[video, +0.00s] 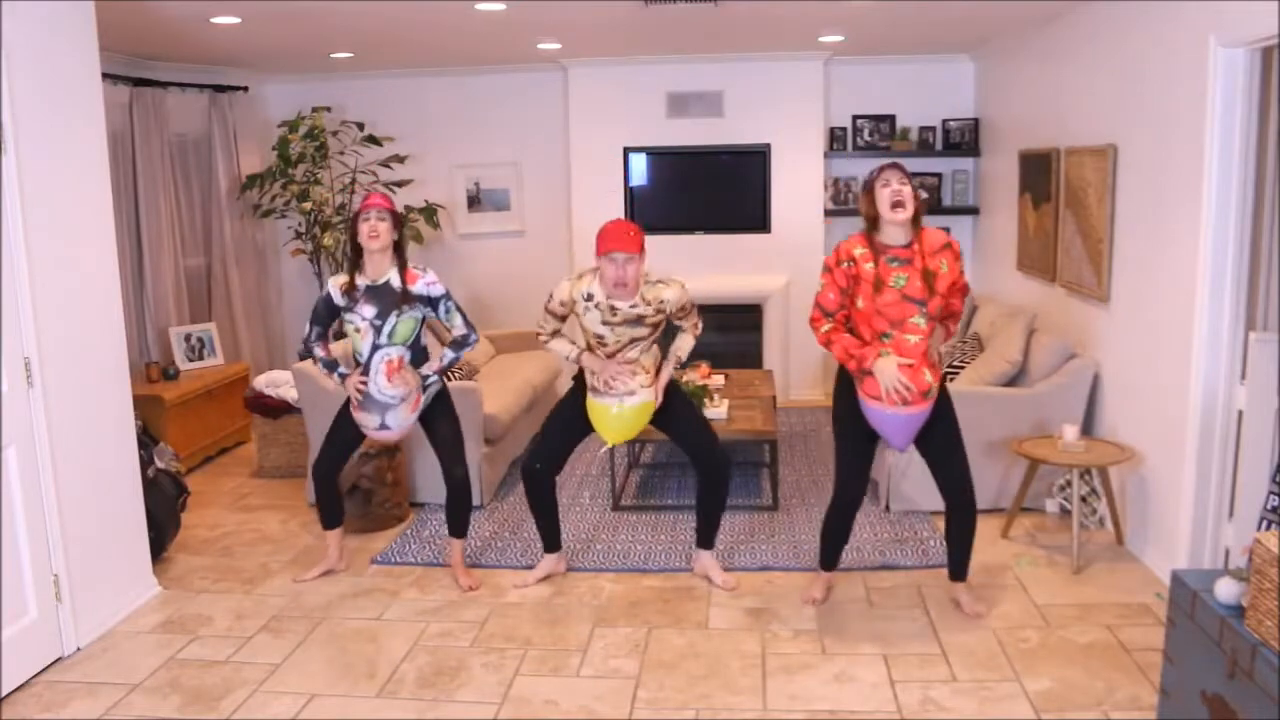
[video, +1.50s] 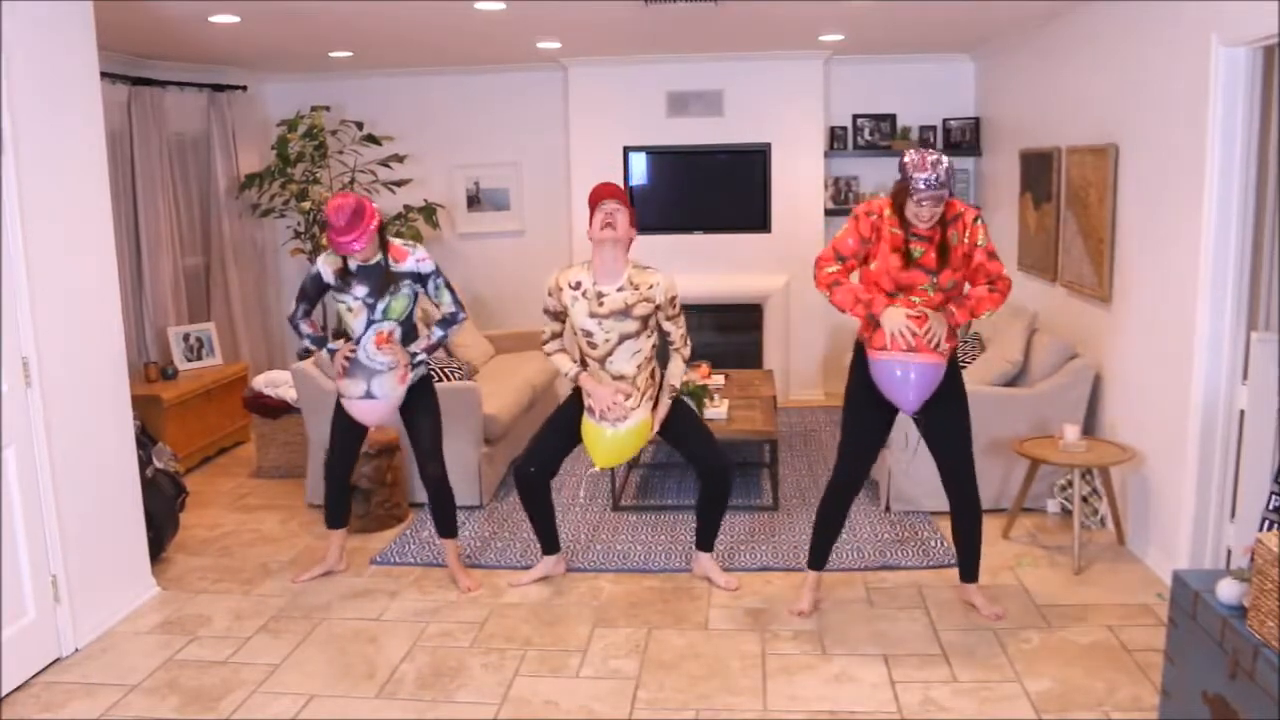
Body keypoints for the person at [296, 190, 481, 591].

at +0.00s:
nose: (372, 225)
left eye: (381, 219)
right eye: (365, 220)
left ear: (395, 230)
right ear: (355, 231)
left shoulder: (421, 281)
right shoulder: (340, 288)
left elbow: (466, 336)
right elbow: (314, 342)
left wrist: (429, 369)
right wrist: (344, 377)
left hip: (424, 386)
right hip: (367, 391)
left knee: (457, 470)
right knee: (324, 469)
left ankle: (457, 558)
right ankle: (334, 555)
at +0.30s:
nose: (360, 257)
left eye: (370, 249)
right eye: (354, 250)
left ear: (386, 258)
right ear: (346, 260)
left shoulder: (413, 306)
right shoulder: (335, 315)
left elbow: (463, 355)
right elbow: (312, 359)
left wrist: (424, 395)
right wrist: (345, 399)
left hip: (422, 399)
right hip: (365, 406)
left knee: (461, 477)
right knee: (315, 473)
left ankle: (457, 560)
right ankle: (334, 555)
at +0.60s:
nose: (353, 293)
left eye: (362, 284)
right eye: (346, 285)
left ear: (379, 290)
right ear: (338, 292)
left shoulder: (409, 334)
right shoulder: (331, 339)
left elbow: (457, 377)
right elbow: (312, 376)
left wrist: (419, 415)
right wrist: (346, 416)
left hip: (418, 406)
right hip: (363, 411)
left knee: (462, 476)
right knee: (309, 474)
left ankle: (457, 560)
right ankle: (333, 555)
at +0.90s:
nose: (353, 285)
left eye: (361, 276)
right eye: (345, 277)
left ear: (377, 278)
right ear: (336, 281)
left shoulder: (408, 324)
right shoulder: (326, 327)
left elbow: (454, 369)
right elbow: (305, 367)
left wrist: (415, 406)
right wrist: (340, 406)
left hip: (417, 400)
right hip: (359, 405)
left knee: (451, 480)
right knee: (309, 473)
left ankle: (456, 561)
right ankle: (333, 555)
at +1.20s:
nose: (358, 258)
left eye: (363, 248)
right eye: (348, 252)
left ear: (378, 234)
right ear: (337, 248)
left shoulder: (412, 272)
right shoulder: (327, 277)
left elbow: (452, 328)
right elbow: (303, 325)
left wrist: (414, 366)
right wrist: (329, 363)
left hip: (411, 381)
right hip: (357, 385)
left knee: (436, 471)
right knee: (327, 467)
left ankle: (454, 561)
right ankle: (334, 554)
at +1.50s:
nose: (353, 253)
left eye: (359, 244)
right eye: (345, 247)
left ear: (376, 227)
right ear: (335, 240)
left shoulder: (412, 259)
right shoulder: (327, 268)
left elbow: (454, 313)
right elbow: (299, 317)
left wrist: (415, 352)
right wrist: (327, 351)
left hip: (410, 377)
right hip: (357, 381)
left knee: (433, 469)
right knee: (337, 467)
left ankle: (454, 562)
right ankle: (334, 555)